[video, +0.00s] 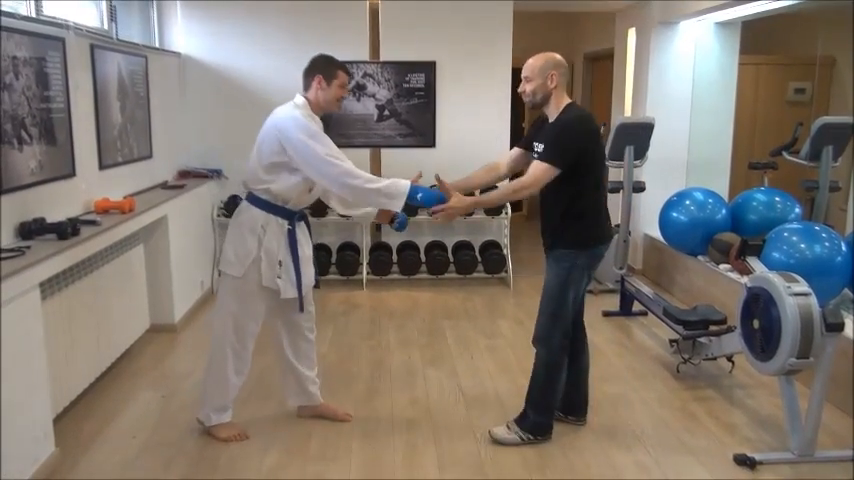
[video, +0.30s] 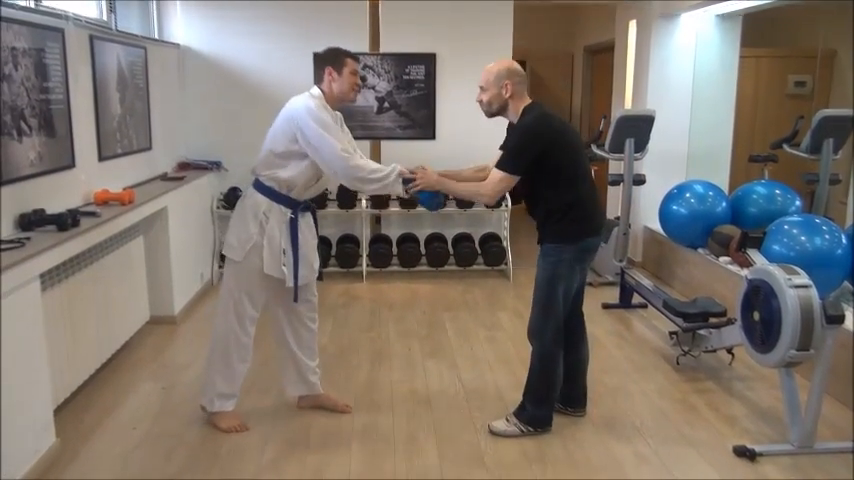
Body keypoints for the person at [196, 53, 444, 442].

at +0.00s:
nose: (344, 97)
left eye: (346, 90)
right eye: (341, 88)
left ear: (319, 86)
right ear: (318, 83)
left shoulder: (309, 125)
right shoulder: (291, 121)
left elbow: (334, 191)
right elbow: (341, 177)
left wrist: (379, 211)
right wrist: (410, 191)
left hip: (290, 230)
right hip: (257, 226)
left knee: (299, 316)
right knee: (238, 322)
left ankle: (309, 400)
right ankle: (214, 415)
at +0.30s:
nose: (359, 83)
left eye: (359, 76)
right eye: (354, 75)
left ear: (334, 78)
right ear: (330, 75)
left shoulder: (333, 118)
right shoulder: (306, 110)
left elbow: (356, 167)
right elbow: (344, 166)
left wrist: (399, 179)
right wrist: (400, 177)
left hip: (299, 220)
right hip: (264, 214)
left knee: (302, 305)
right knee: (241, 310)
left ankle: (308, 391)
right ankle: (218, 403)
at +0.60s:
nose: (360, 69)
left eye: (362, 63)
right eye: (355, 61)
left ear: (337, 64)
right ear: (330, 60)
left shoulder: (337, 106)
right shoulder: (304, 97)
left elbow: (360, 158)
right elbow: (338, 159)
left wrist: (399, 190)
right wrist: (394, 175)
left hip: (304, 207)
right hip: (268, 201)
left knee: (307, 293)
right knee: (244, 296)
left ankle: (310, 379)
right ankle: (221, 388)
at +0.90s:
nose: (355, 54)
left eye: (357, 47)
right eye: (349, 45)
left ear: (337, 49)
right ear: (325, 46)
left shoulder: (337, 94)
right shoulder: (297, 84)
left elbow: (361, 146)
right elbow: (336, 144)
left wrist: (403, 170)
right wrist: (396, 153)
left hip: (304, 195)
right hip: (267, 189)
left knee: (307, 281)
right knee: (246, 284)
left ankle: (313, 367)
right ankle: (223, 376)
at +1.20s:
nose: (333, 40)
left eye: (332, 33)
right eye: (326, 32)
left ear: (311, 39)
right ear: (301, 37)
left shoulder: (321, 87)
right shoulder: (273, 79)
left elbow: (346, 143)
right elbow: (299, 143)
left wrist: (380, 186)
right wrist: (362, 170)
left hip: (300, 189)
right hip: (258, 187)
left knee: (308, 276)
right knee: (237, 278)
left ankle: (317, 360)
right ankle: (210, 366)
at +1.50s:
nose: (302, 47)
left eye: (301, 40)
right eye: (296, 40)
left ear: (276, 45)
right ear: (271, 44)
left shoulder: (293, 92)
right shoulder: (235, 89)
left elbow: (282, 154)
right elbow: (218, 157)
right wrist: (211, 221)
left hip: (281, 196)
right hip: (239, 197)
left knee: (303, 284)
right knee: (225, 289)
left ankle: (318, 365)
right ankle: (211, 371)